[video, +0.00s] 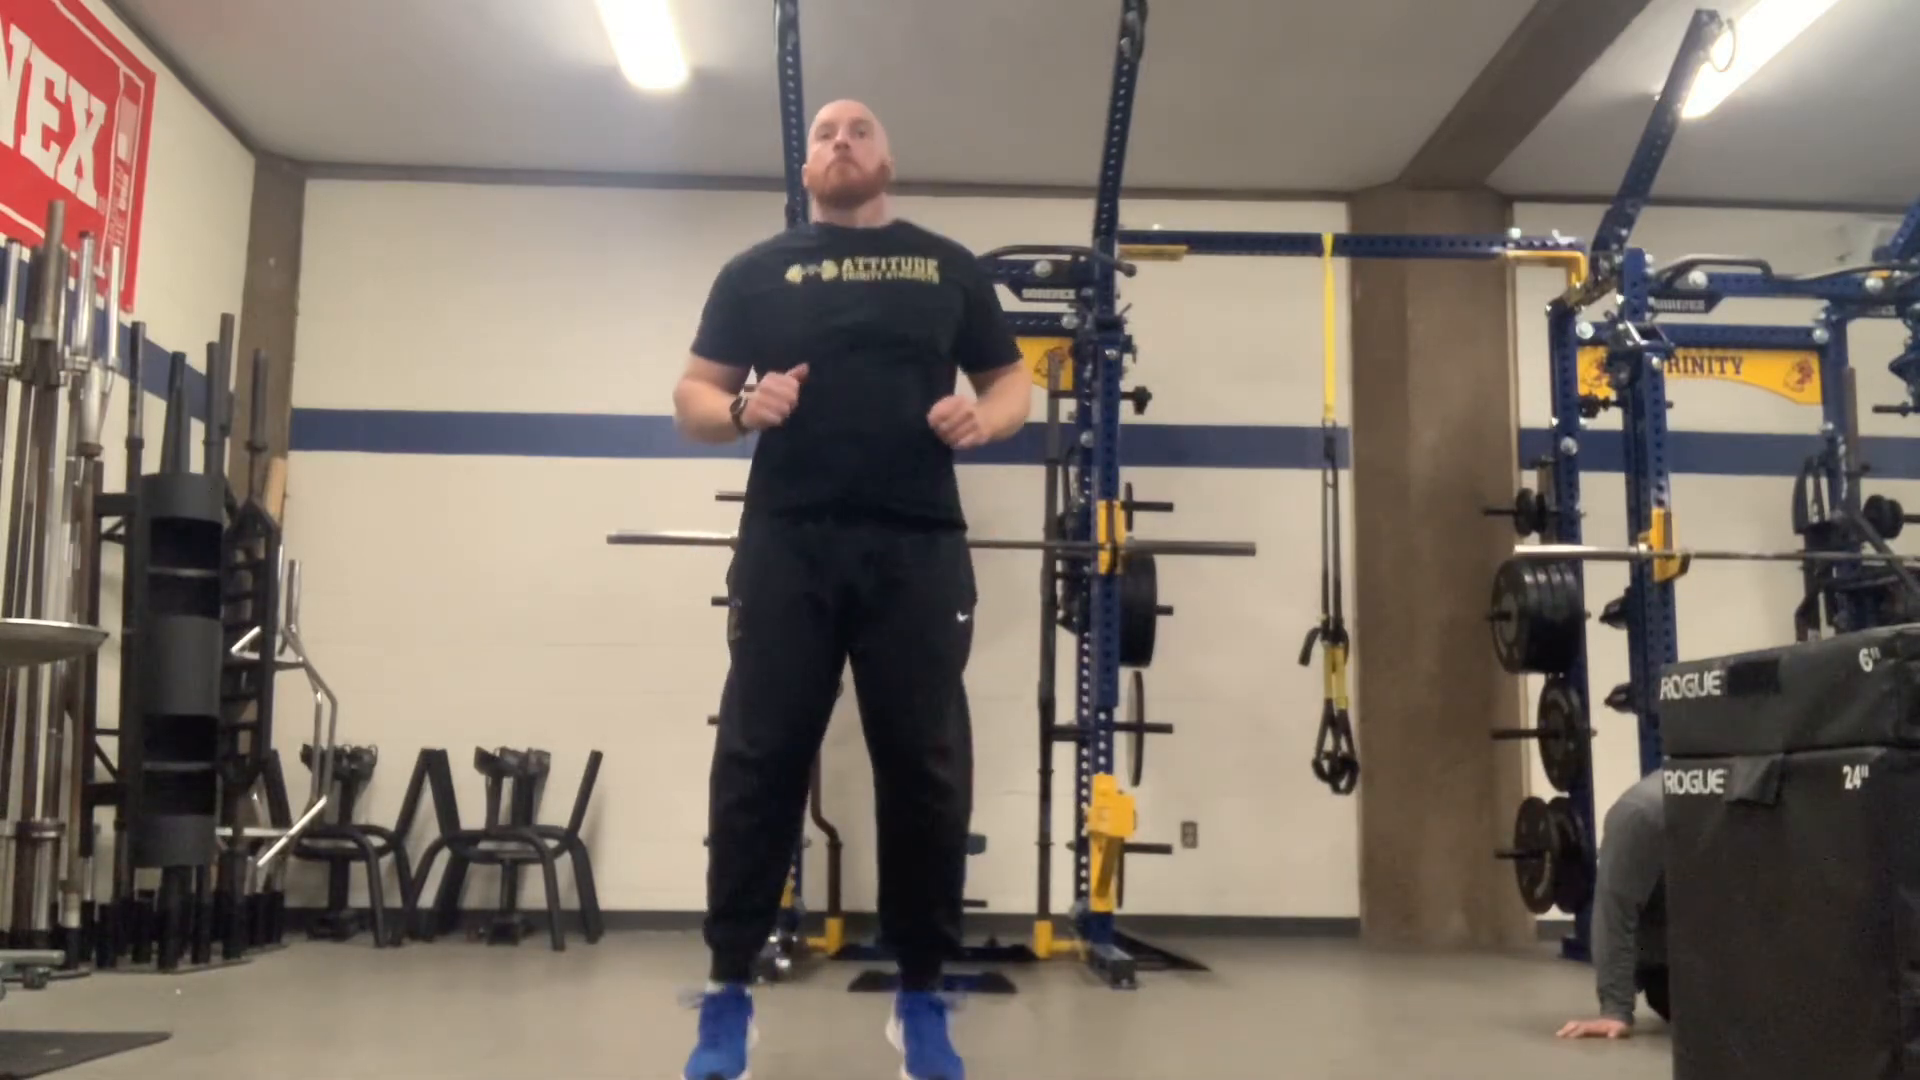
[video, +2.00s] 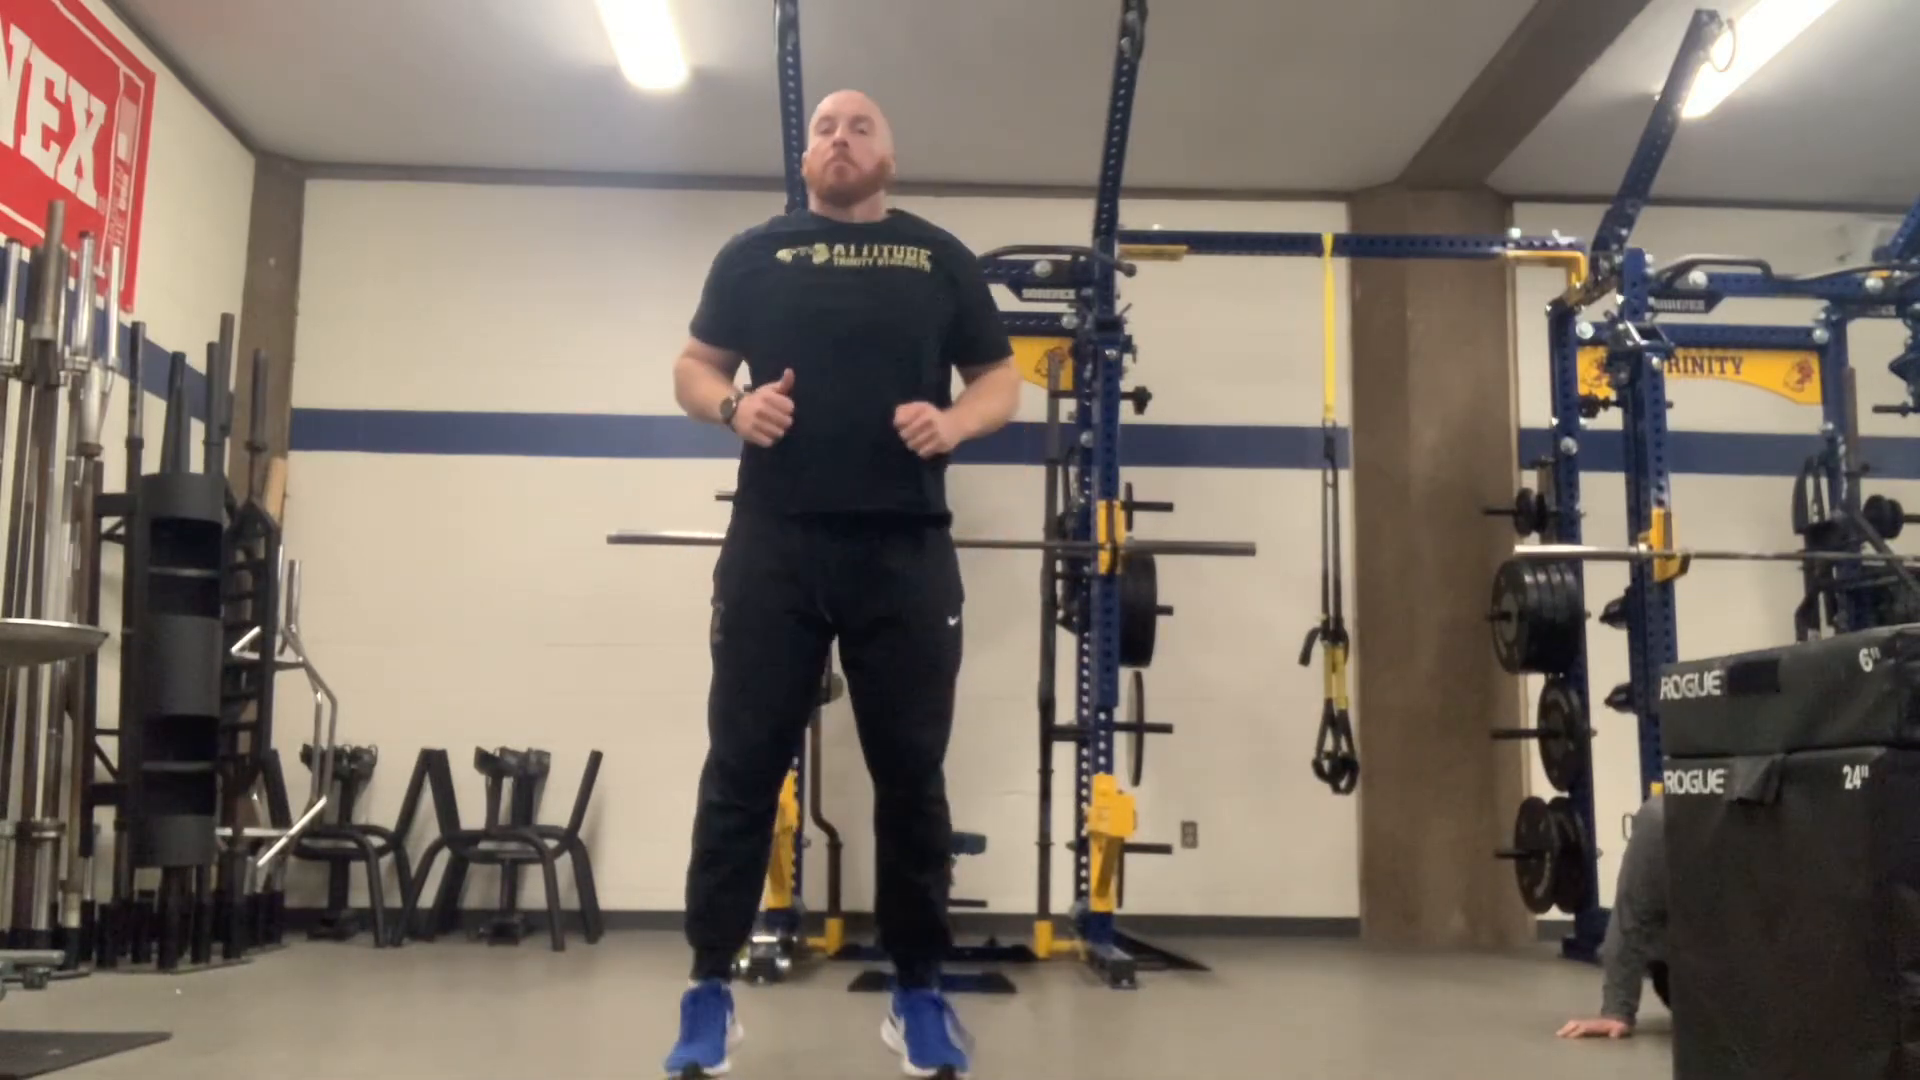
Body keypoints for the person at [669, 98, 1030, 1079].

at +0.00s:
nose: (844, 136)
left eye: (860, 127)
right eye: (826, 132)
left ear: (892, 161)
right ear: (802, 170)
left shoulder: (948, 267)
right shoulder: (753, 274)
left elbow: (1013, 384)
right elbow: (693, 403)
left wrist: (984, 416)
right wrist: (741, 407)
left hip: (916, 552)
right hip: (787, 551)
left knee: (925, 768)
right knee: (758, 759)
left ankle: (923, 997)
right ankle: (729, 987)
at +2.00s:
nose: (841, 134)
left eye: (861, 125)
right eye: (825, 126)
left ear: (893, 159)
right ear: (802, 159)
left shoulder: (941, 259)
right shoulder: (752, 256)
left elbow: (1002, 382)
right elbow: (697, 370)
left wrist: (955, 422)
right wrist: (732, 406)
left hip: (903, 551)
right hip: (775, 546)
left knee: (912, 777)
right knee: (742, 766)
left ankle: (919, 992)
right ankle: (708, 988)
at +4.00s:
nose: (836, 211)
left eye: (855, 202)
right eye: (819, 204)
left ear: (886, 237)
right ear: (796, 239)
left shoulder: (933, 346)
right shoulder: (748, 347)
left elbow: (984, 469)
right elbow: (697, 472)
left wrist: (964, 508)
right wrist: (728, 511)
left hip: (897, 632)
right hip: (774, 629)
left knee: (893, 837)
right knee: (749, 830)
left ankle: (894, 1016)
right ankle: (719, 1010)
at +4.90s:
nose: (833, 171)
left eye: (852, 161)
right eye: (817, 162)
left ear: (885, 195)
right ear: (793, 196)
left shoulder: (929, 302)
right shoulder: (745, 301)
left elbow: (982, 429)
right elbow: (691, 430)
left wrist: (969, 463)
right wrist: (730, 467)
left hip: (892, 595)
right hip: (769, 592)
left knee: (894, 812)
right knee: (744, 803)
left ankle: (898, 1005)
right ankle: (714, 999)